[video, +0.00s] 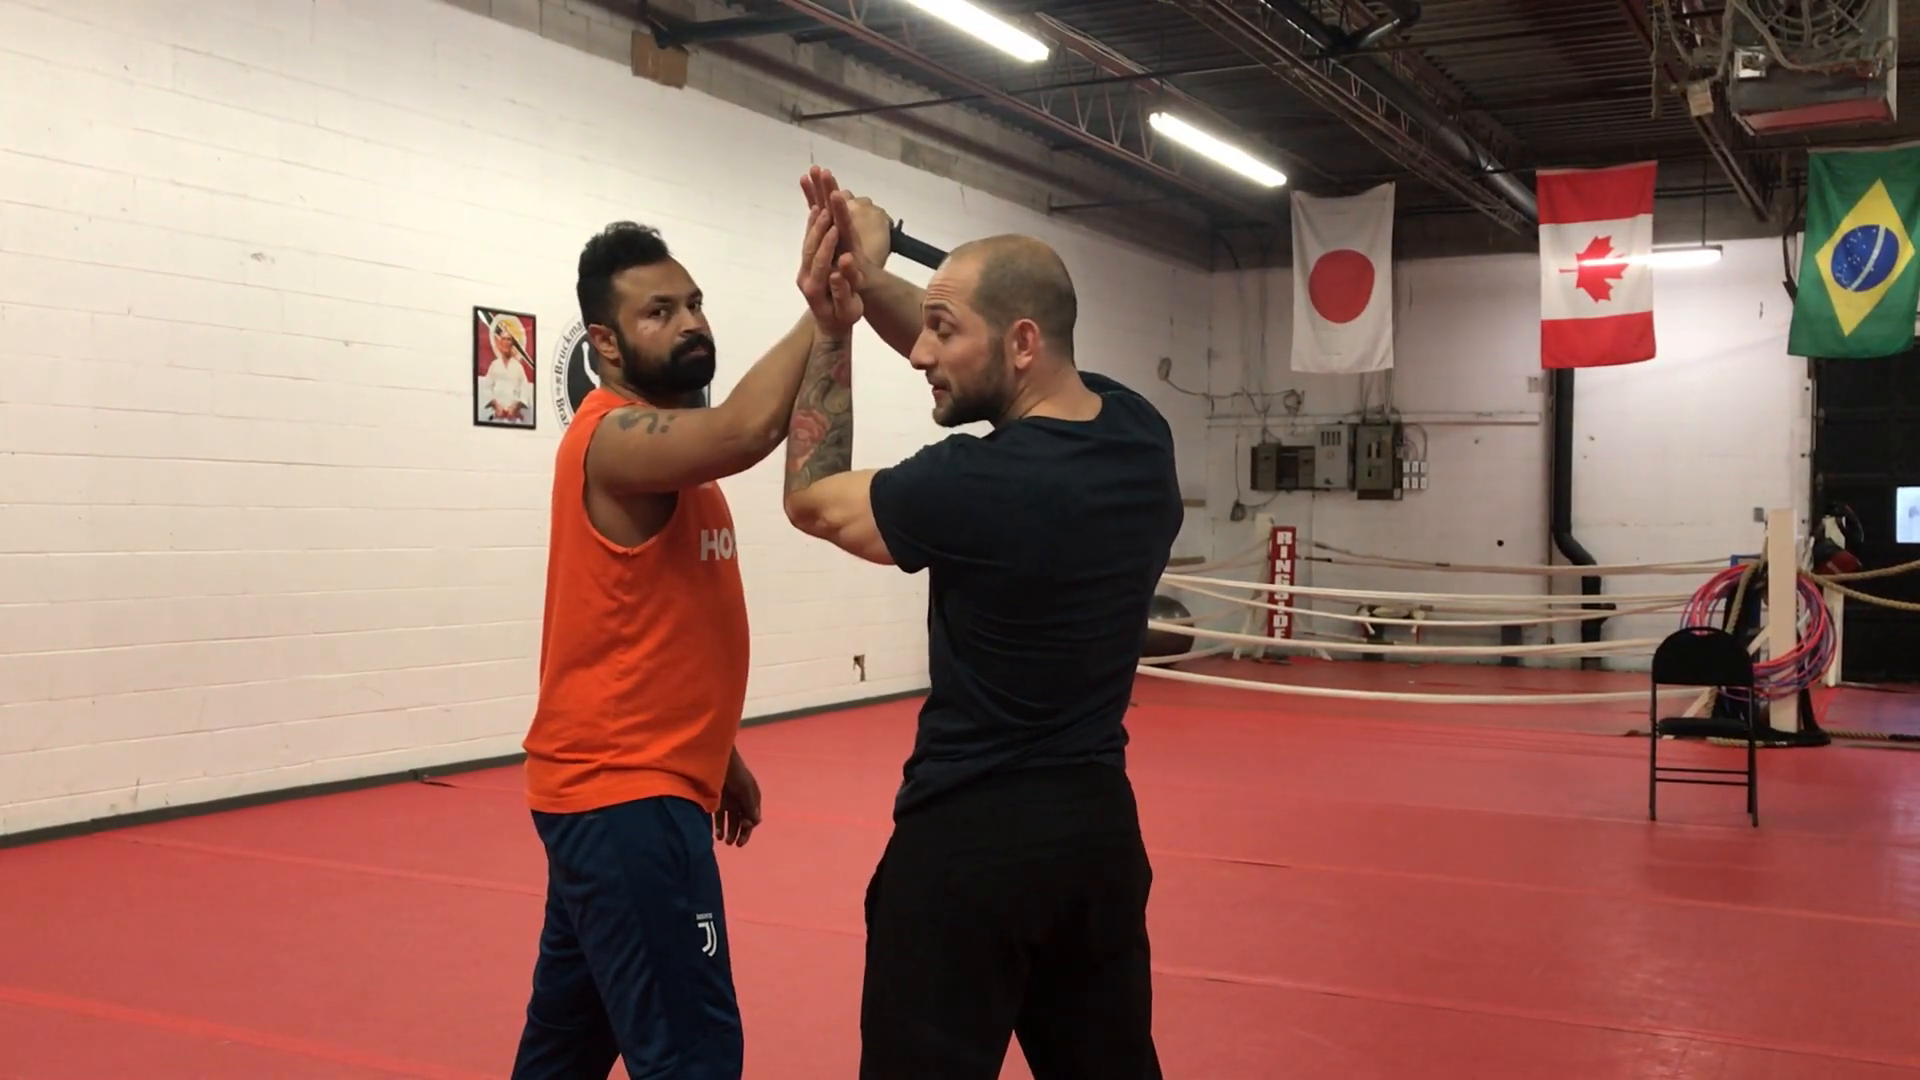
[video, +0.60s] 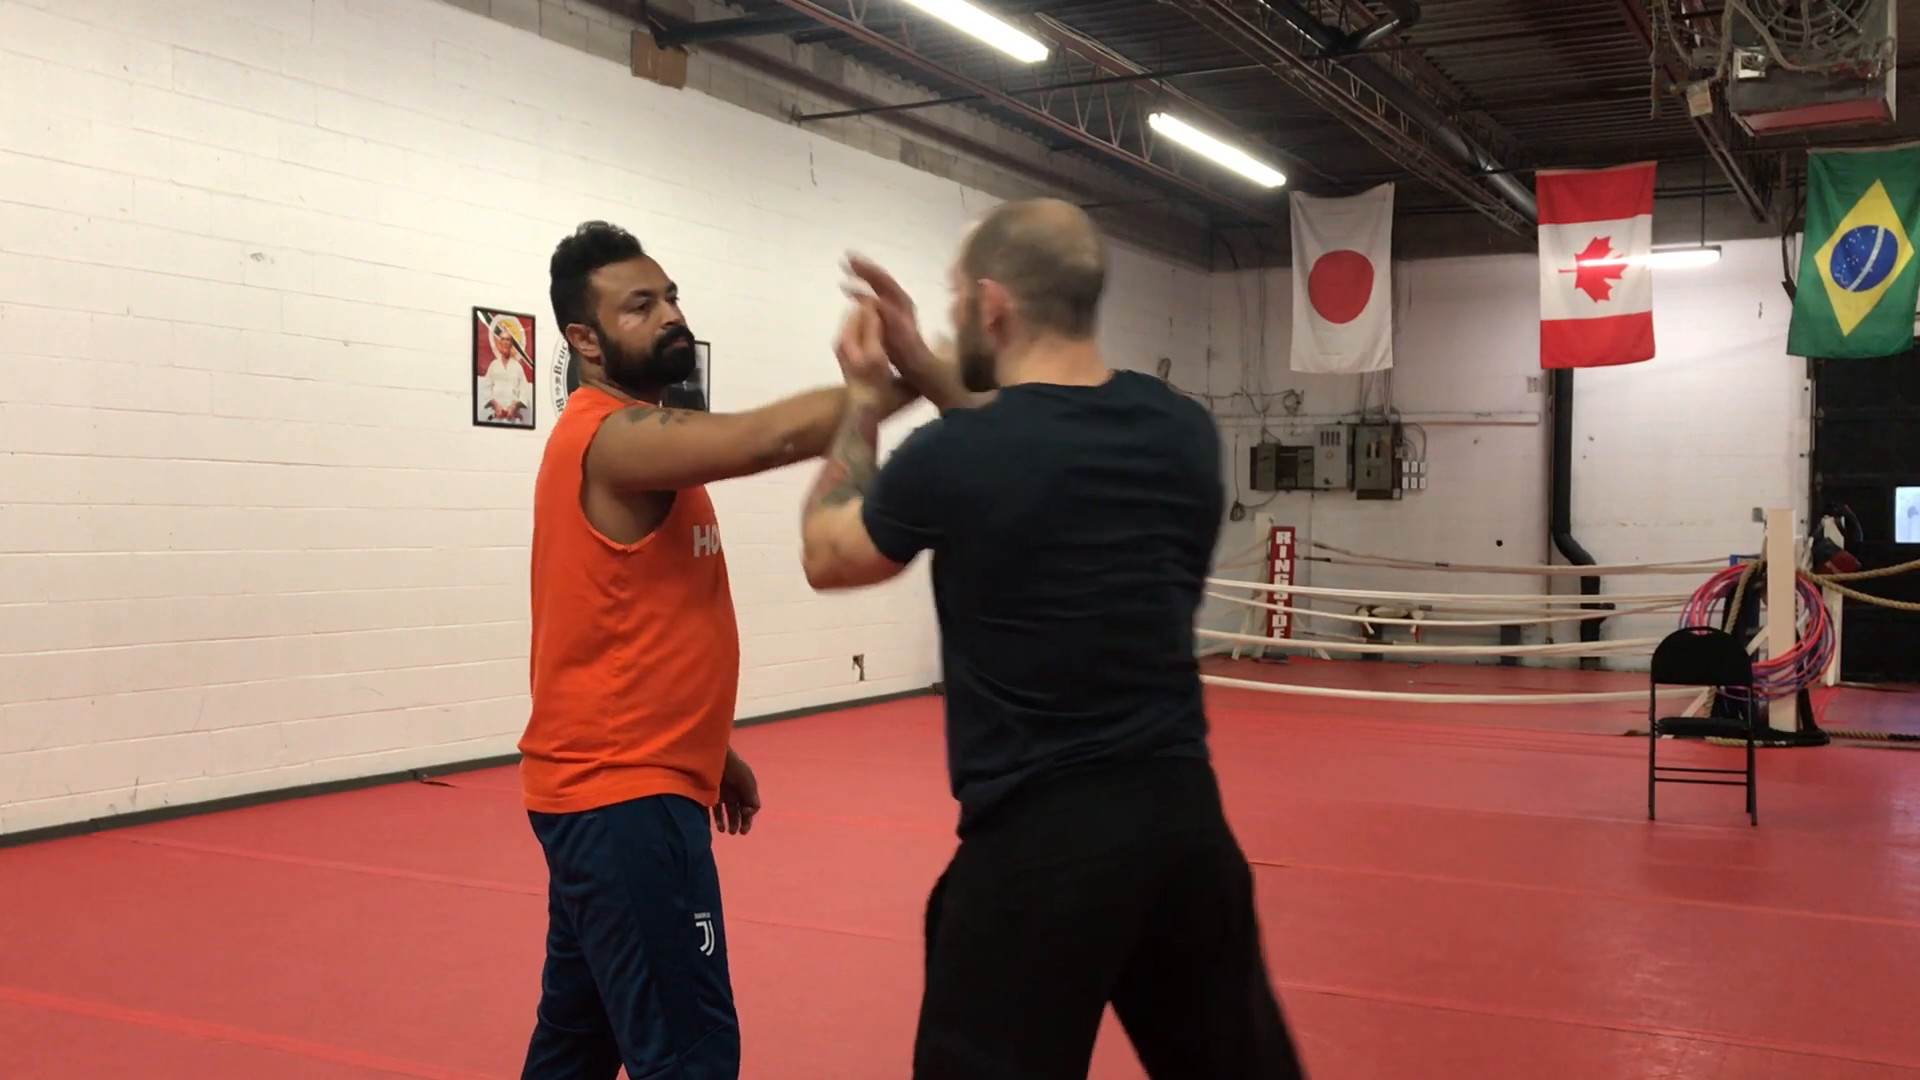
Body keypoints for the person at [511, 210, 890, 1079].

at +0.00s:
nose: (692, 323)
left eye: (695, 302)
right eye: (661, 312)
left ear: (703, 307)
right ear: (606, 343)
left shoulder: (654, 436)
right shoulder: (616, 434)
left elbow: (650, 625)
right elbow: (741, 431)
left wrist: (716, 753)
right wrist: (823, 313)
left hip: (635, 787)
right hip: (622, 792)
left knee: (566, 1050)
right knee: (696, 1055)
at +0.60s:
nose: (671, 316)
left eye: (671, 298)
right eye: (641, 306)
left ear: (679, 303)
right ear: (584, 340)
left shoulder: (626, 429)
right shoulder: (611, 433)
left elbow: (628, 623)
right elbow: (764, 437)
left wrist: (708, 750)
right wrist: (895, 385)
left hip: (615, 786)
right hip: (623, 791)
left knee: (576, 1046)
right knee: (691, 1053)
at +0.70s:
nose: (679, 315)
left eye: (673, 298)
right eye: (648, 303)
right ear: (588, 338)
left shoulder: (598, 432)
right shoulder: (621, 439)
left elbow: (624, 623)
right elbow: (786, 463)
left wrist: (695, 752)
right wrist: (935, 434)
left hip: (605, 787)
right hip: (626, 791)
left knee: (576, 1041)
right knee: (689, 1052)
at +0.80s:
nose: (685, 315)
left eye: (678, 297)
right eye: (655, 303)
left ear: (600, 345)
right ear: (594, 337)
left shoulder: (582, 433)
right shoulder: (629, 444)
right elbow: (788, 484)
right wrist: (935, 457)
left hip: (589, 785)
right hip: (636, 791)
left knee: (572, 1040)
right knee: (690, 1052)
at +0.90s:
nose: (689, 315)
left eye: (681, 296)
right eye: (659, 305)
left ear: (596, 346)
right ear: (595, 338)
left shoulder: (578, 435)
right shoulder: (627, 445)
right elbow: (770, 517)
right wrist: (885, 481)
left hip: (586, 784)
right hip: (641, 792)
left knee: (571, 1039)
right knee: (693, 1052)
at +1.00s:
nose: (690, 318)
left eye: (682, 299)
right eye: (661, 306)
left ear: (598, 345)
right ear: (598, 339)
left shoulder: (576, 437)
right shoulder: (621, 442)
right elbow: (724, 571)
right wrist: (843, 532)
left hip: (587, 787)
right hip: (639, 793)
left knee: (573, 1040)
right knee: (697, 1050)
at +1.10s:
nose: (685, 313)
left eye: (676, 296)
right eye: (655, 302)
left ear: (597, 347)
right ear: (594, 340)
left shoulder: (577, 438)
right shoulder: (616, 447)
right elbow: (670, 621)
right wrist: (804, 592)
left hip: (584, 787)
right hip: (635, 792)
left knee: (569, 1043)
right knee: (694, 1050)